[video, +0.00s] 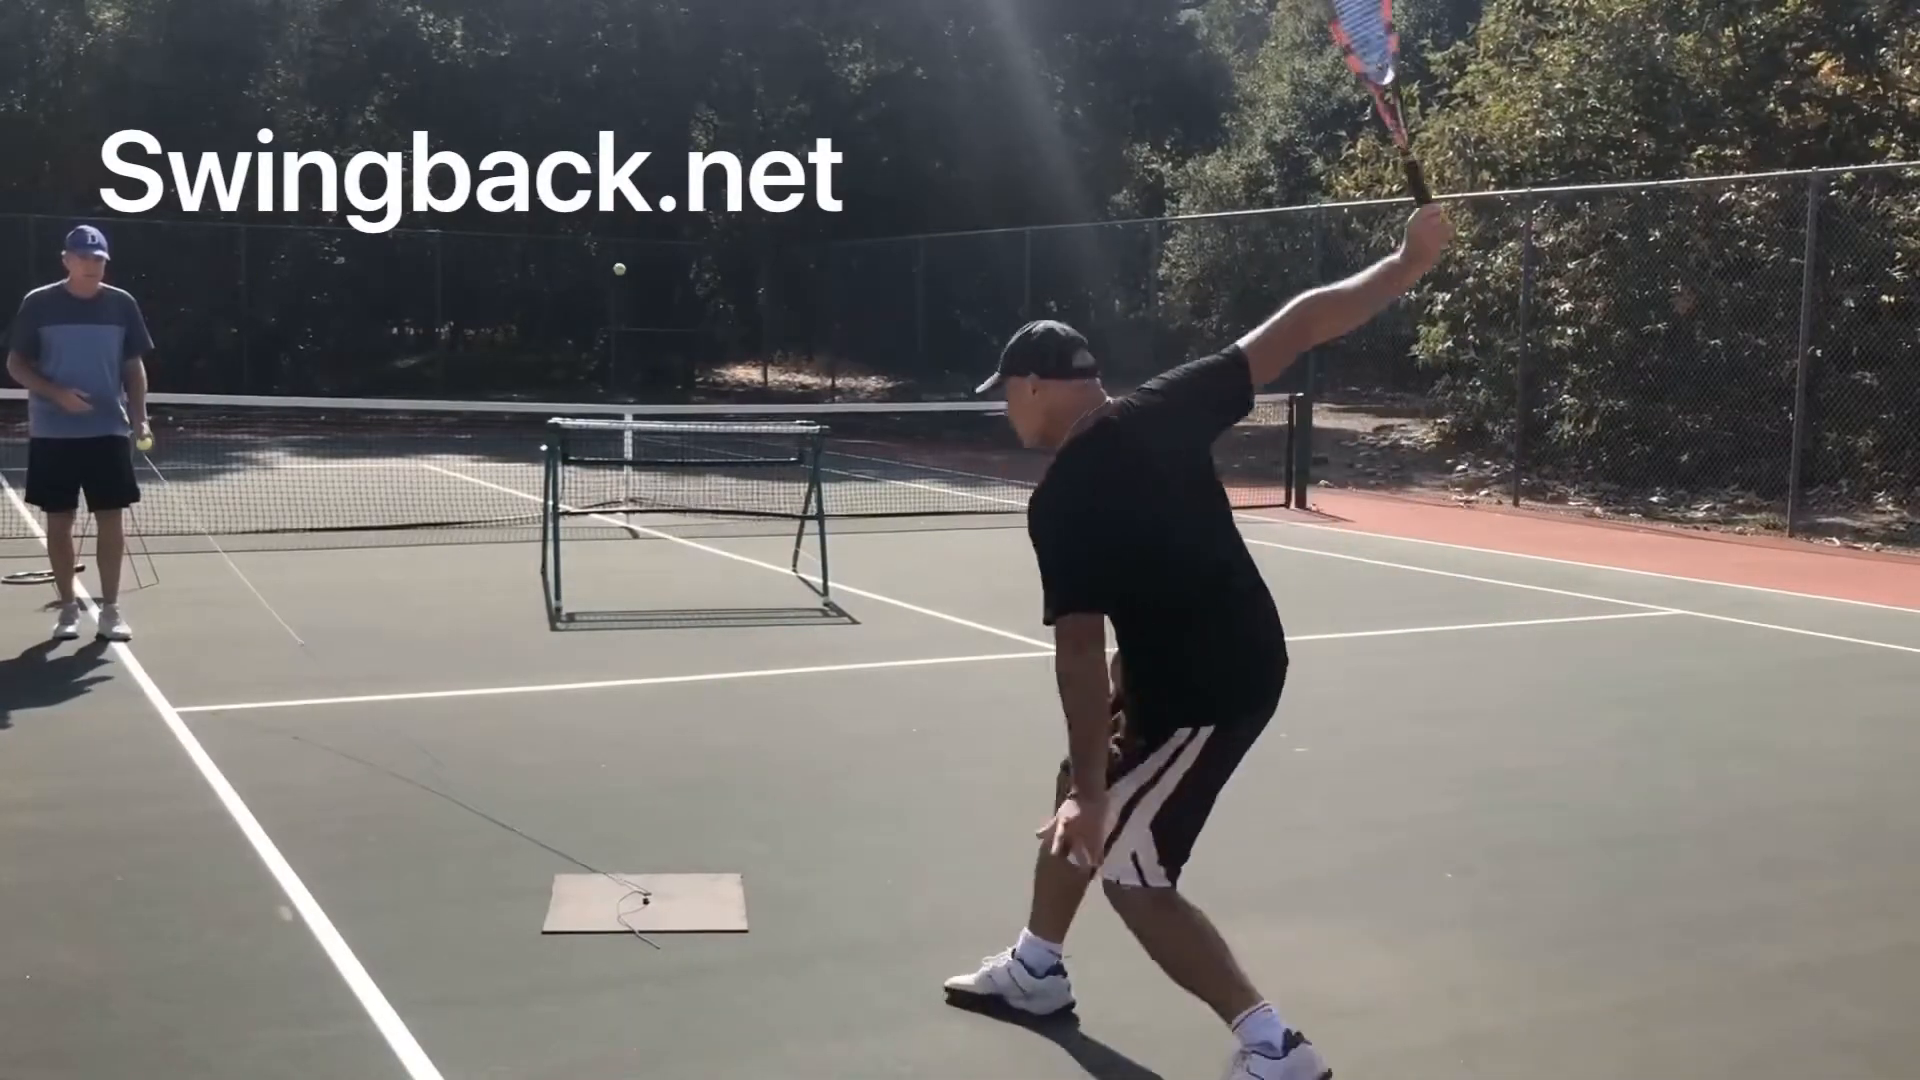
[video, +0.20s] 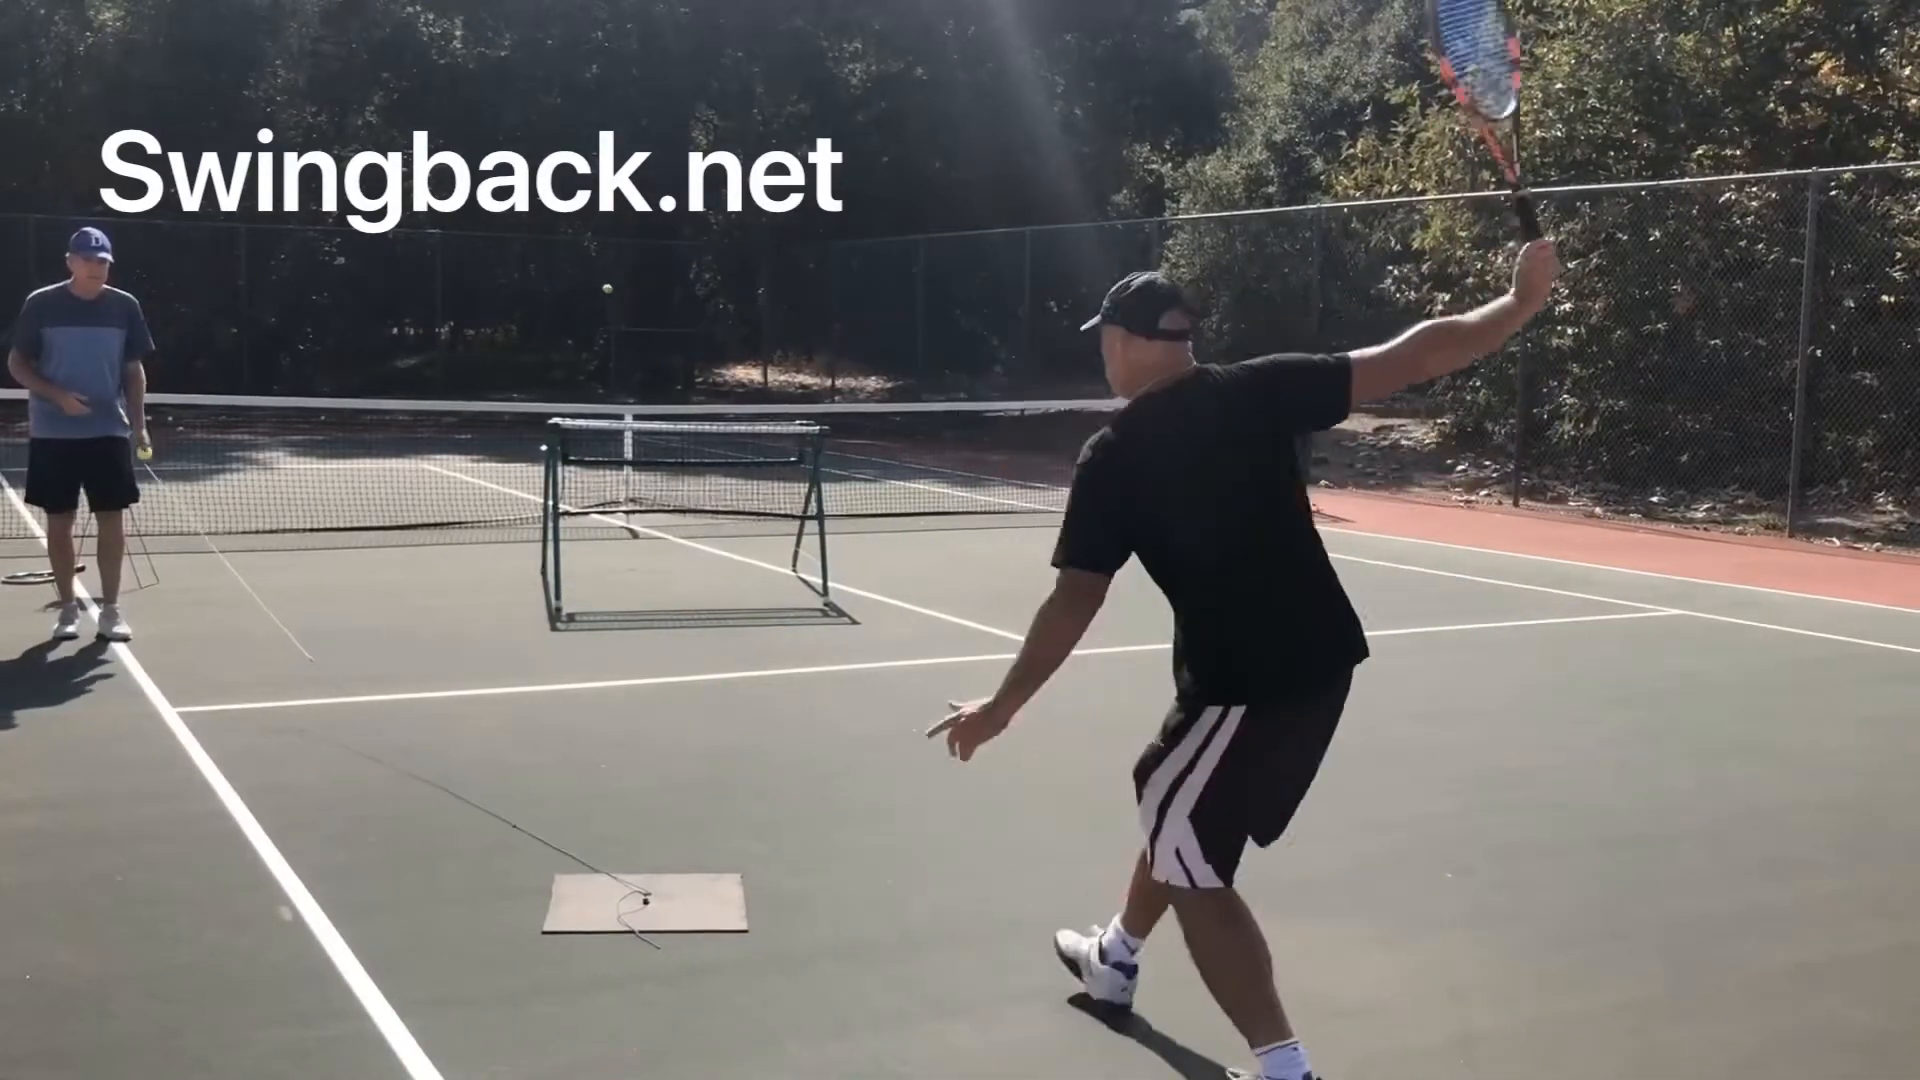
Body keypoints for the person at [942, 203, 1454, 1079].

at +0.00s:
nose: (1009, 409)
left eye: (1011, 393)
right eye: (1008, 394)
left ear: (1044, 388)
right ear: (1084, 379)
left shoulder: (1060, 497)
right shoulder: (1170, 408)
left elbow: (1080, 655)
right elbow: (1297, 325)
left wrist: (1090, 793)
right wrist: (1408, 260)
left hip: (1202, 687)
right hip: (1236, 652)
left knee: (1131, 875)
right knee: (1081, 794)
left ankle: (1271, 1046)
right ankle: (1036, 966)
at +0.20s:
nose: (1104, 353)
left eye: (1109, 337)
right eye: (1107, 336)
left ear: (1135, 340)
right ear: (1185, 336)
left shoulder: (1117, 456)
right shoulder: (1261, 390)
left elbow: (1075, 600)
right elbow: (1407, 359)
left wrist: (999, 709)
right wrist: (1522, 302)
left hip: (1240, 683)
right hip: (1321, 657)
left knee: (1191, 860)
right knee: (1174, 801)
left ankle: (1286, 1066)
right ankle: (1115, 959)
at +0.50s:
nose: (1227, 321)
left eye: (1231, 308)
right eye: (1230, 307)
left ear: (1252, 314)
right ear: (1307, 313)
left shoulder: (1235, 418)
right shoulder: (1379, 396)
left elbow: (1221, 567)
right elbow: (1464, 512)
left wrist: (1173, 635)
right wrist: (1440, 545)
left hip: (1293, 668)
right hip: (1391, 656)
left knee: (1262, 850)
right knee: (1382, 815)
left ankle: (1291, 1061)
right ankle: (1480, 989)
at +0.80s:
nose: (1251, 266)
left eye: (1260, 254)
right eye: (1257, 253)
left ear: (1287, 264)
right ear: (1332, 266)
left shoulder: (1266, 356)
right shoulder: (1393, 343)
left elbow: (1266, 500)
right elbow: (1440, 471)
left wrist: (1237, 550)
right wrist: (1360, 517)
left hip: (1314, 602)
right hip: (1408, 601)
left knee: (1241, 762)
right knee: (1396, 767)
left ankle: (1250, 978)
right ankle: (1465, 948)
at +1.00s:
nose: (1230, 312)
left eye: (1238, 300)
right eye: (1234, 299)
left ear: (1269, 309)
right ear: (1309, 311)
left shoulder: (1259, 403)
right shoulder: (1361, 392)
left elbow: (1260, 544)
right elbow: (1359, 528)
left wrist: (1208, 577)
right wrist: (1259, 584)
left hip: (1298, 646)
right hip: (1379, 642)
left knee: (1214, 785)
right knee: (1354, 800)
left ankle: (1236, 994)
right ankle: (1418, 941)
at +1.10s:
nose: (1223, 307)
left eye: (1231, 294)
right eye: (1227, 293)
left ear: (1263, 300)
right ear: (1299, 302)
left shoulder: (1275, 387)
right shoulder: (1335, 377)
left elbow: (1274, 536)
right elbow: (1338, 525)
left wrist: (1200, 573)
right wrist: (1253, 595)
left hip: (1314, 633)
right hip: (1370, 625)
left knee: (1237, 776)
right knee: (1307, 768)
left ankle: (1242, 995)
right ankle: (1362, 927)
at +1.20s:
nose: (1222, 306)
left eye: (1231, 293)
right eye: (1226, 293)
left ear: (1267, 300)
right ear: (1287, 301)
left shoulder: (1296, 384)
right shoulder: (1305, 375)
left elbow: (1311, 530)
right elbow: (1299, 521)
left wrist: (1213, 569)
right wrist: (1232, 582)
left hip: (1326, 627)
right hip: (1337, 618)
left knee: (1256, 788)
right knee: (1301, 777)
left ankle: (1253, 996)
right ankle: (1349, 939)